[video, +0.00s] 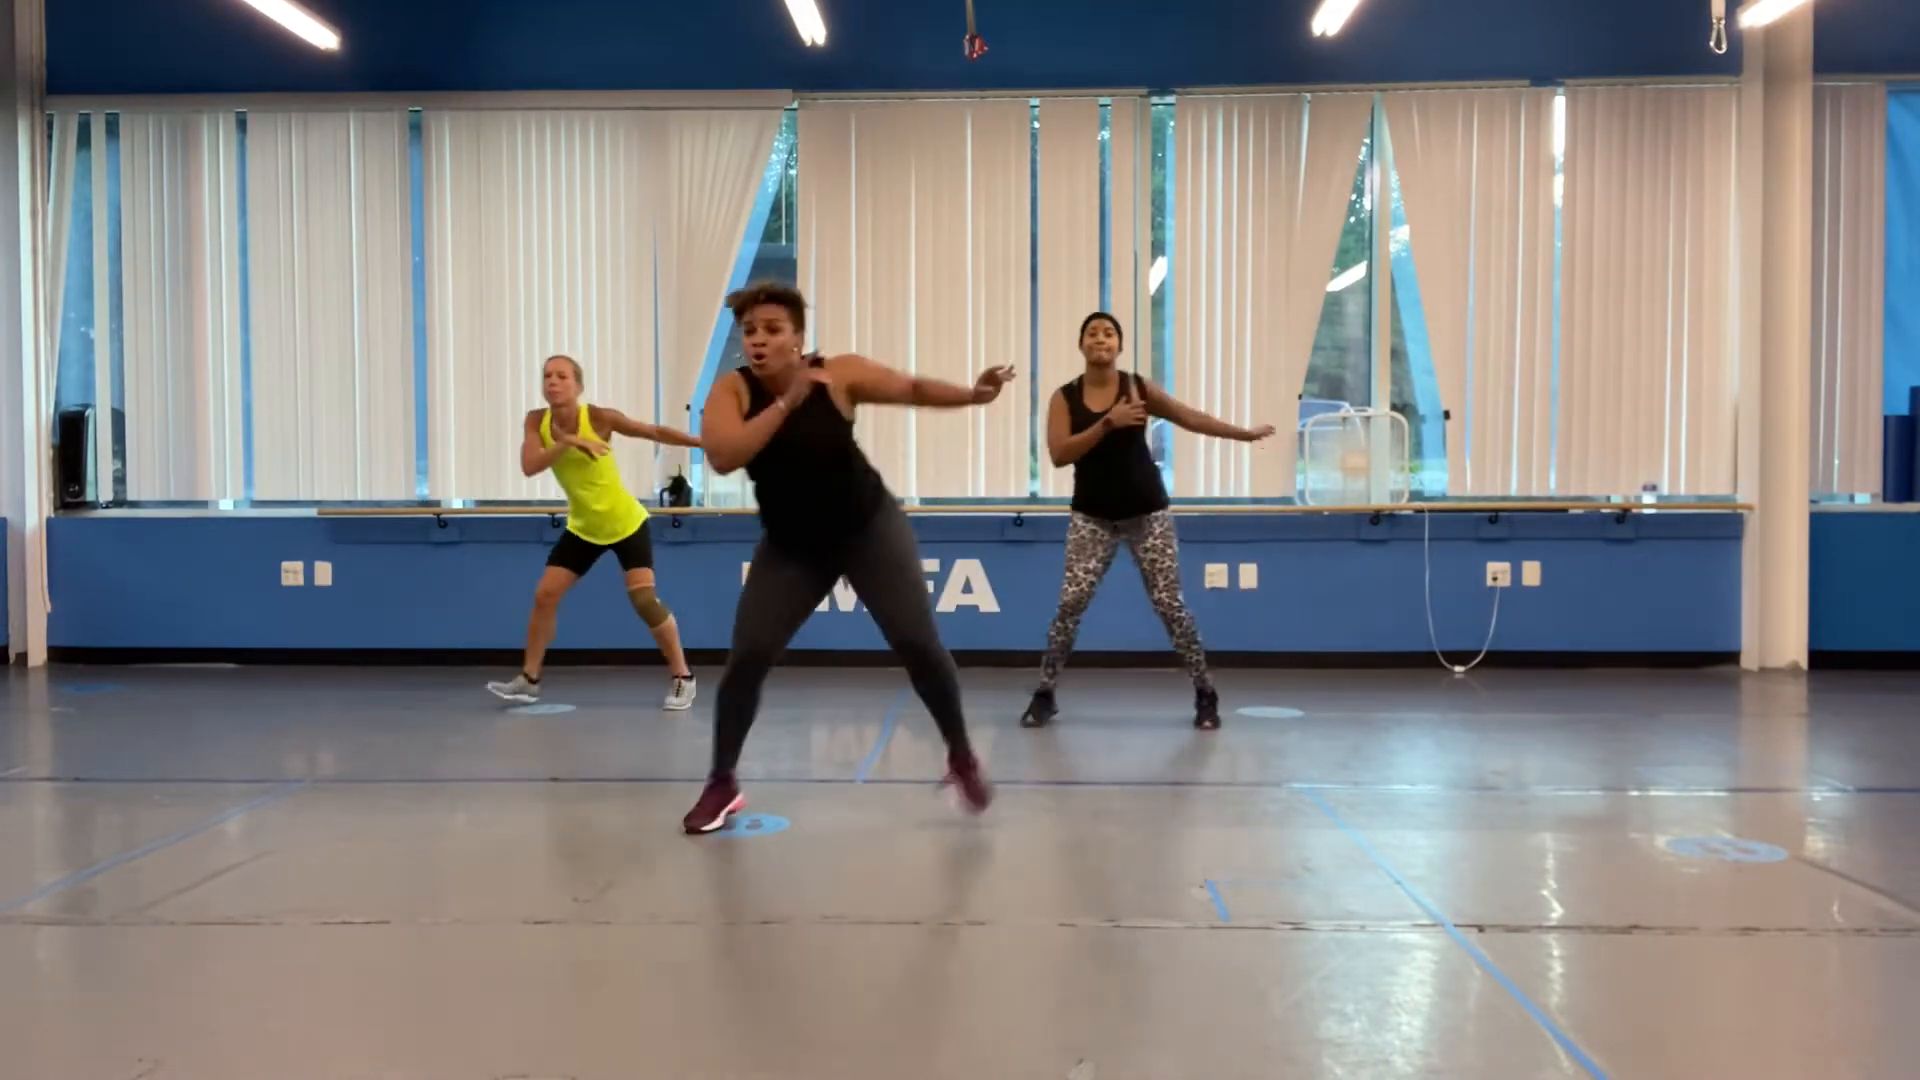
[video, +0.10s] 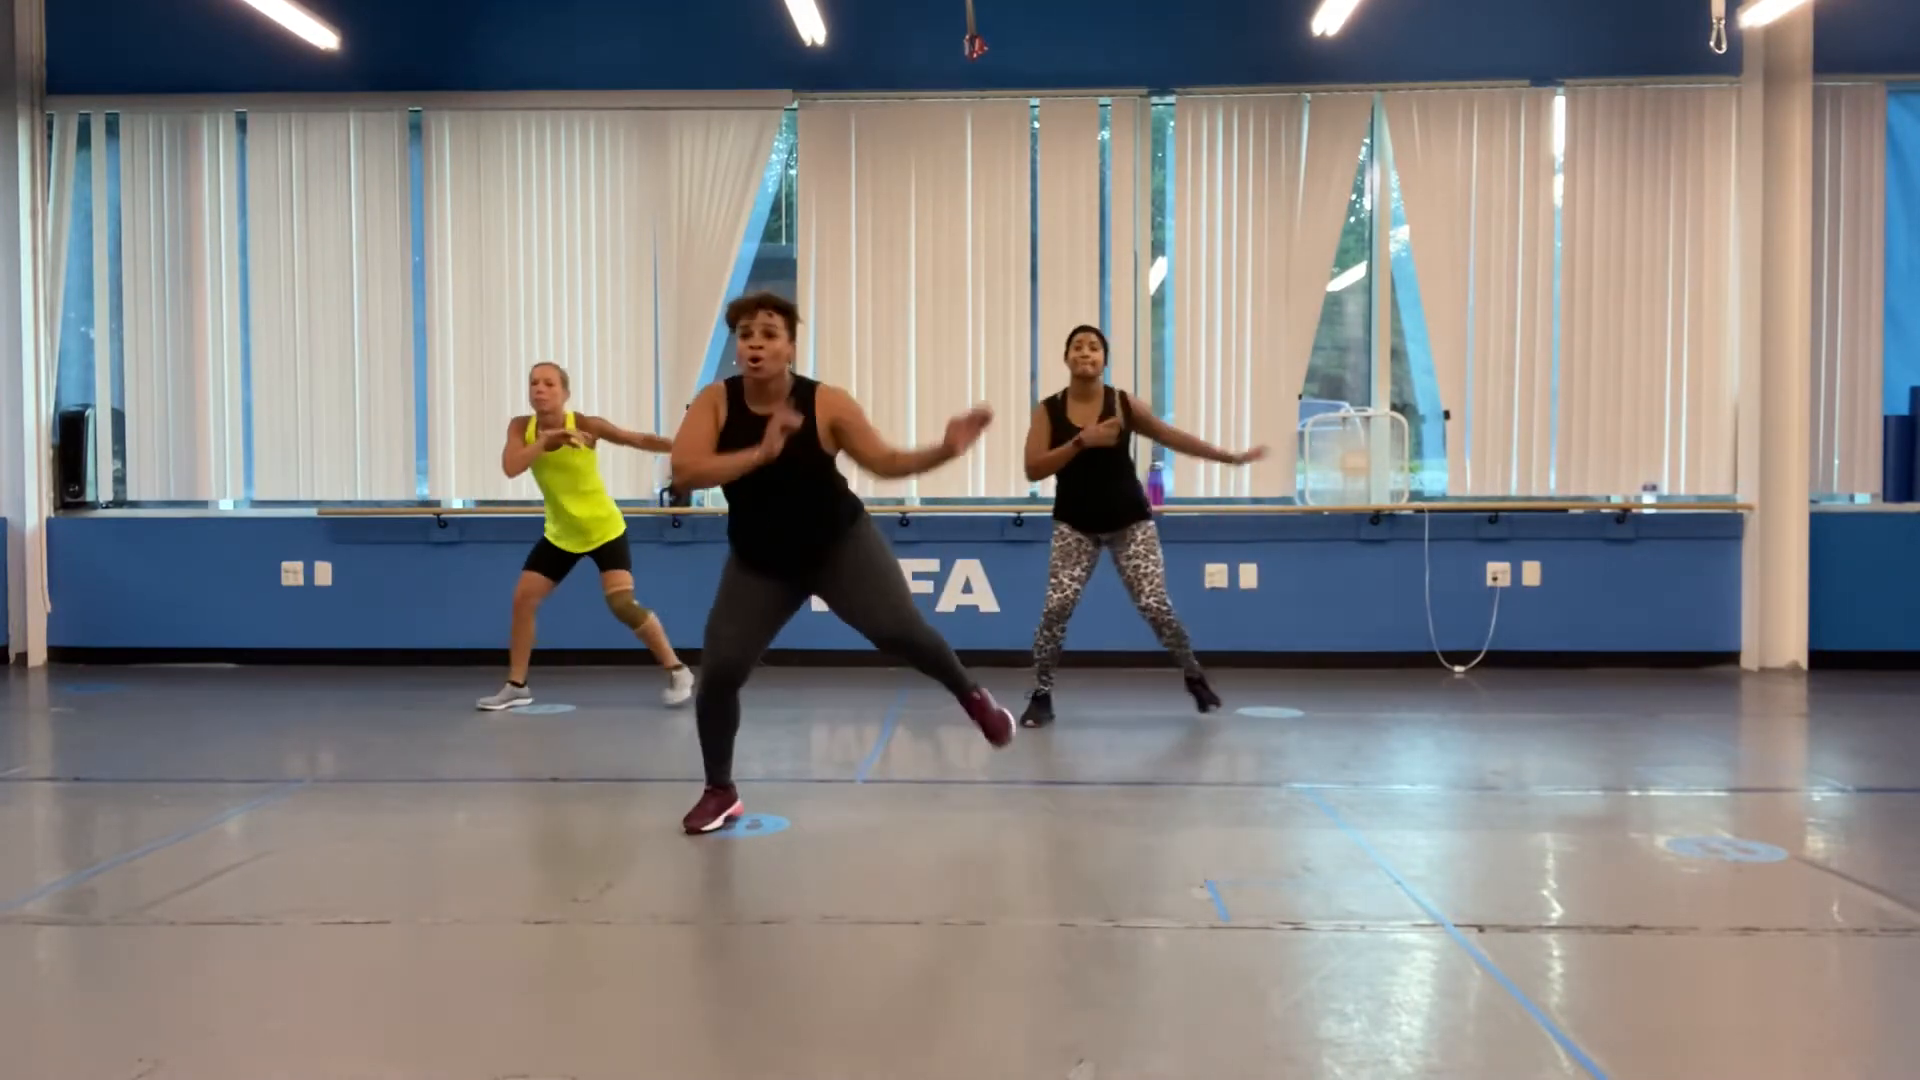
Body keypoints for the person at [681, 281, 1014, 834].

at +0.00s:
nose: (757, 340)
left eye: (771, 330)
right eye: (748, 330)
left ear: (799, 338)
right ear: (741, 337)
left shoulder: (839, 375)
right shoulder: (730, 391)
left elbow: (914, 390)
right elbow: (723, 455)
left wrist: (974, 395)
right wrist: (784, 403)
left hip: (867, 529)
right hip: (792, 544)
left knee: (918, 645)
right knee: (747, 658)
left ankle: (961, 754)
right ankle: (722, 783)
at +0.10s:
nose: (754, 345)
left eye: (768, 335)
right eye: (744, 335)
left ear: (792, 346)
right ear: (735, 345)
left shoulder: (826, 403)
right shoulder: (714, 403)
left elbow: (883, 462)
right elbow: (685, 471)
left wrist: (943, 451)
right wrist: (758, 455)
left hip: (838, 546)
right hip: (760, 559)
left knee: (902, 634)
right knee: (719, 670)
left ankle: (971, 696)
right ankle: (719, 789)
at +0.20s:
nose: (758, 341)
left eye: (772, 330)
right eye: (748, 330)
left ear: (794, 343)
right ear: (737, 342)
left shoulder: (827, 414)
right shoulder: (709, 407)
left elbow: (844, 501)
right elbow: (662, 471)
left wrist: (893, 534)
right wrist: (694, 521)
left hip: (831, 551)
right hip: (753, 556)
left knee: (898, 642)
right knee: (711, 673)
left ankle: (926, 719)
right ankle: (718, 789)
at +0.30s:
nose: (769, 331)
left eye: (783, 322)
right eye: (759, 322)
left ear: (804, 334)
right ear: (747, 333)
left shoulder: (833, 402)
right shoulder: (715, 393)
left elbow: (838, 487)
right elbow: (647, 434)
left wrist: (817, 531)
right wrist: (628, 499)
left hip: (833, 541)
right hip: (755, 550)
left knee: (885, 650)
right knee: (720, 672)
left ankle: (887, 775)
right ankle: (718, 789)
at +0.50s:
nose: (813, 331)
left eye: (825, 321)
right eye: (803, 324)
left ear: (846, 332)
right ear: (790, 337)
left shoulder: (871, 374)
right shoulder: (772, 385)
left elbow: (888, 447)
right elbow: (701, 406)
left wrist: (798, 450)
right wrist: (632, 416)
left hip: (870, 539)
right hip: (793, 536)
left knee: (906, 656)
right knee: (737, 652)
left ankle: (933, 784)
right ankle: (700, 762)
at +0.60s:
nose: (827, 342)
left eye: (839, 333)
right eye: (816, 335)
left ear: (860, 344)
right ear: (805, 351)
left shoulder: (889, 392)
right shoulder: (786, 413)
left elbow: (918, 451)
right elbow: (736, 467)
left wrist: (828, 452)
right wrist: (663, 439)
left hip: (890, 551)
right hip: (810, 550)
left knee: (925, 664)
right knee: (756, 646)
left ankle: (932, 788)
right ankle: (711, 728)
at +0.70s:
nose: (825, 342)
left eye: (837, 333)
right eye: (815, 334)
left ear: (858, 344)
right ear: (802, 347)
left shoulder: (890, 393)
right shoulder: (786, 418)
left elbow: (949, 446)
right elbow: (780, 503)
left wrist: (871, 462)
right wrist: (711, 481)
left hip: (895, 552)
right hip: (816, 556)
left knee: (927, 669)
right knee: (769, 665)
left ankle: (932, 788)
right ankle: (762, 767)